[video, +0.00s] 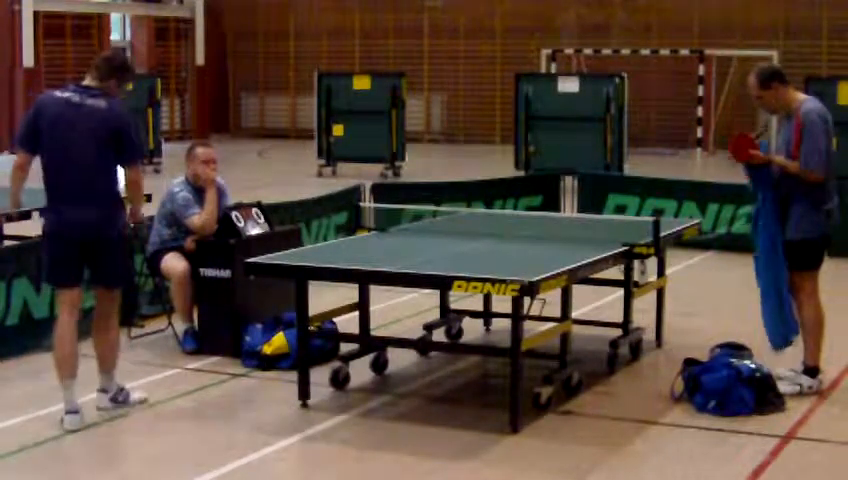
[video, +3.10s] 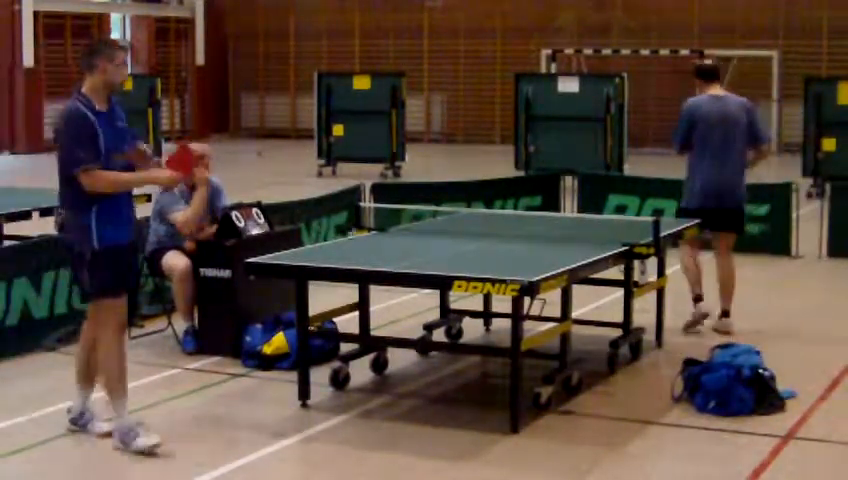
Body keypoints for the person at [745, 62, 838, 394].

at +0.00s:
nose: (761, 106)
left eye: (761, 98)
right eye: (758, 100)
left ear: (776, 88)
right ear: (775, 89)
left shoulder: (811, 115)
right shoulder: (790, 117)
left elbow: (814, 172)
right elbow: (789, 168)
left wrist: (773, 159)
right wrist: (758, 160)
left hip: (809, 216)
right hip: (792, 214)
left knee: (805, 289)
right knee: (798, 288)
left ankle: (811, 370)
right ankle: (808, 366)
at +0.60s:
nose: (764, 106)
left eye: (764, 100)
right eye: (761, 102)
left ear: (777, 91)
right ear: (777, 90)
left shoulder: (816, 113)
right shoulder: (786, 117)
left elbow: (839, 172)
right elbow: (778, 164)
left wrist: (794, 195)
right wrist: (767, 185)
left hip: (810, 220)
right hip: (788, 217)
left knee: (805, 288)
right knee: (793, 286)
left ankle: (812, 372)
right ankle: (808, 365)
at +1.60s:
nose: (747, 97)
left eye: (749, 90)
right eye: (746, 91)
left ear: (766, 86)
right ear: (767, 85)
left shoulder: (788, 117)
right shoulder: (796, 113)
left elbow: (788, 170)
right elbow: (791, 169)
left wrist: (753, 186)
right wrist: (757, 184)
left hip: (792, 220)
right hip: (793, 217)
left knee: (792, 286)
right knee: (787, 285)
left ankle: (809, 368)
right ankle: (792, 355)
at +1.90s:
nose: (747, 91)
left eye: (749, 84)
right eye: (747, 85)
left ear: (763, 82)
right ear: (774, 80)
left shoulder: (769, 112)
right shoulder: (807, 110)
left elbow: (759, 165)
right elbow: (816, 160)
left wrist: (741, 173)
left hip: (773, 210)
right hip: (804, 209)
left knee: (746, 270)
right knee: (789, 275)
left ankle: (782, 331)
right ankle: (792, 352)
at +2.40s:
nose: (723, 91)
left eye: (722, 87)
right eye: (724, 86)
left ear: (727, 84)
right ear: (750, 80)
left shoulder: (726, 112)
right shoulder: (776, 108)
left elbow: (712, 162)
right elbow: (797, 154)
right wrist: (769, 161)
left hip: (738, 203)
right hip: (772, 202)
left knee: (735, 269)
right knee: (765, 265)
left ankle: (735, 335)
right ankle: (782, 315)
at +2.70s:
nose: (708, 88)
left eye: (708, 84)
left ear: (712, 84)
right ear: (735, 81)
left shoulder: (705, 113)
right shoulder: (759, 108)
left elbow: (687, 156)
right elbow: (782, 145)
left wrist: (710, 144)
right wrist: (771, 171)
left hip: (722, 197)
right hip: (754, 195)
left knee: (729, 259)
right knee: (745, 256)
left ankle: (736, 325)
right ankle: (740, 317)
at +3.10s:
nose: (696, 86)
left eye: (695, 81)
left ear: (698, 81)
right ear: (720, 77)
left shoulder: (693, 106)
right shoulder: (743, 105)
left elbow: (681, 146)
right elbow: (761, 147)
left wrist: (704, 144)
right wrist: (744, 163)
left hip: (699, 192)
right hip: (731, 193)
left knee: (689, 247)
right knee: (724, 251)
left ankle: (699, 303)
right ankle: (725, 315)